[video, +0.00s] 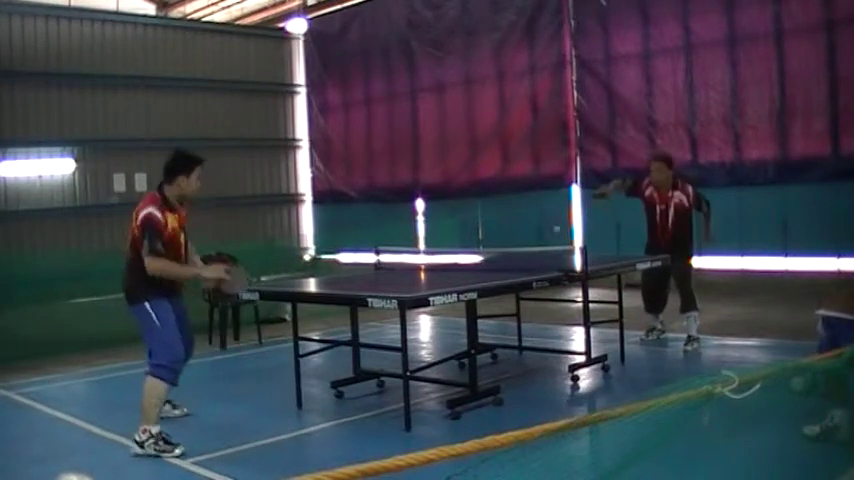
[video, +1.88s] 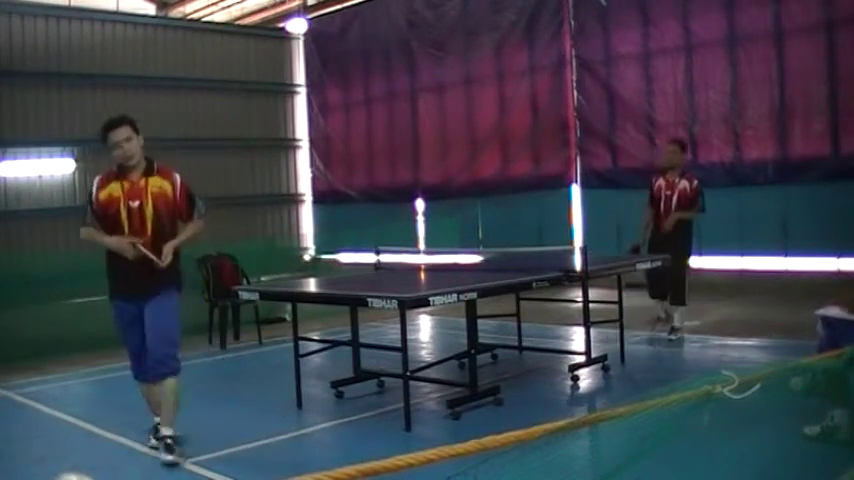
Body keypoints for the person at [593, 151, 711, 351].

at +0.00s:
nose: (655, 176)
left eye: (660, 171)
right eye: (653, 171)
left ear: (670, 172)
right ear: (649, 172)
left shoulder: (686, 191)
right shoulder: (645, 188)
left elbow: (705, 208)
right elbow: (623, 185)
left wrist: (707, 233)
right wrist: (608, 189)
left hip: (680, 248)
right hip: (655, 248)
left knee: (684, 286)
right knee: (650, 286)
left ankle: (692, 333)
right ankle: (655, 325)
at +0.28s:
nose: (654, 166)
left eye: (658, 162)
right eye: (651, 162)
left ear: (669, 163)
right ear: (649, 164)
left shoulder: (683, 186)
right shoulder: (645, 187)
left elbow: (703, 208)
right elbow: (632, 201)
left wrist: (705, 238)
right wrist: (626, 198)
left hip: (680, 246)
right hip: (656, 245)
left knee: (686, 282)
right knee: (653, 283)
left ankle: (700, 325)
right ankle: (657, 325)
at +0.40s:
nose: (655, 168)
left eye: (659, 164)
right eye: (652, 164)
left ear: (670, 165)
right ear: (650, 166)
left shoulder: (685, 188)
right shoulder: (649, 192)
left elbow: (704, 210)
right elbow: (640, 214)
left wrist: (707, 239)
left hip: (683, 248)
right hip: (660, 248)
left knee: (690, 287)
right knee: (649, 285)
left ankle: (708, 329)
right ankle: (655, 325)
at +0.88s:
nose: (628, 182)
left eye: (632, 178)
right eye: (626, 179)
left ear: (644, 180)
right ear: (626, 182)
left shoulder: (660, 201)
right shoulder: (631, 206)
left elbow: (680, 227)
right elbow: (626, 233)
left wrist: (683, 255)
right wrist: (608, 247)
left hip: (666, 256)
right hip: (645, 257)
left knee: (679, 296)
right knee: (625, 287)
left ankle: (707, 330)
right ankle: (625, 324)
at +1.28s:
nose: (628, 162)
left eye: (632, 158)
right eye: (626, 158)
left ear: (641, 161)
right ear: (624, 162)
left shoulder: (655, 185)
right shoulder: (619, 189)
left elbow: (669, 214)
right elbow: (616, 219)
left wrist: (664, 238)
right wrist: (614, 244)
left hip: (653, 243)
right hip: (631, 244)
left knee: (661, 285)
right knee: (628, 284)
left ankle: (678, 320)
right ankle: (626, 322)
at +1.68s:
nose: (659, 159)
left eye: (663, 155)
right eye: (657, 154)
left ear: (672, 158)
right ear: (653, 157)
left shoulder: (681, 185)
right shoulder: (648, 185)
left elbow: (686, 214)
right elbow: (644, 214)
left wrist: (664, 222)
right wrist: (639, 239)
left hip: (671, 239)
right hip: (649, 237)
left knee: (670, 279)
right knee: (639, 275)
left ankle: (676, 321)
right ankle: (634, 315)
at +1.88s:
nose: (668, 157)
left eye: (673, 153)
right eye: (667, 153)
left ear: (683, 157)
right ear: (665, 156)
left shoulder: (691, 183)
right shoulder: (658, 182)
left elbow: (696, 211)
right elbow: (651, 210)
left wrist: (676, 216)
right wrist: (643, 236)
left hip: (679, 239)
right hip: (658, 237)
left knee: (676, 277)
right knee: (656, 275)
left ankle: (676, 319)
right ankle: (663, 311)